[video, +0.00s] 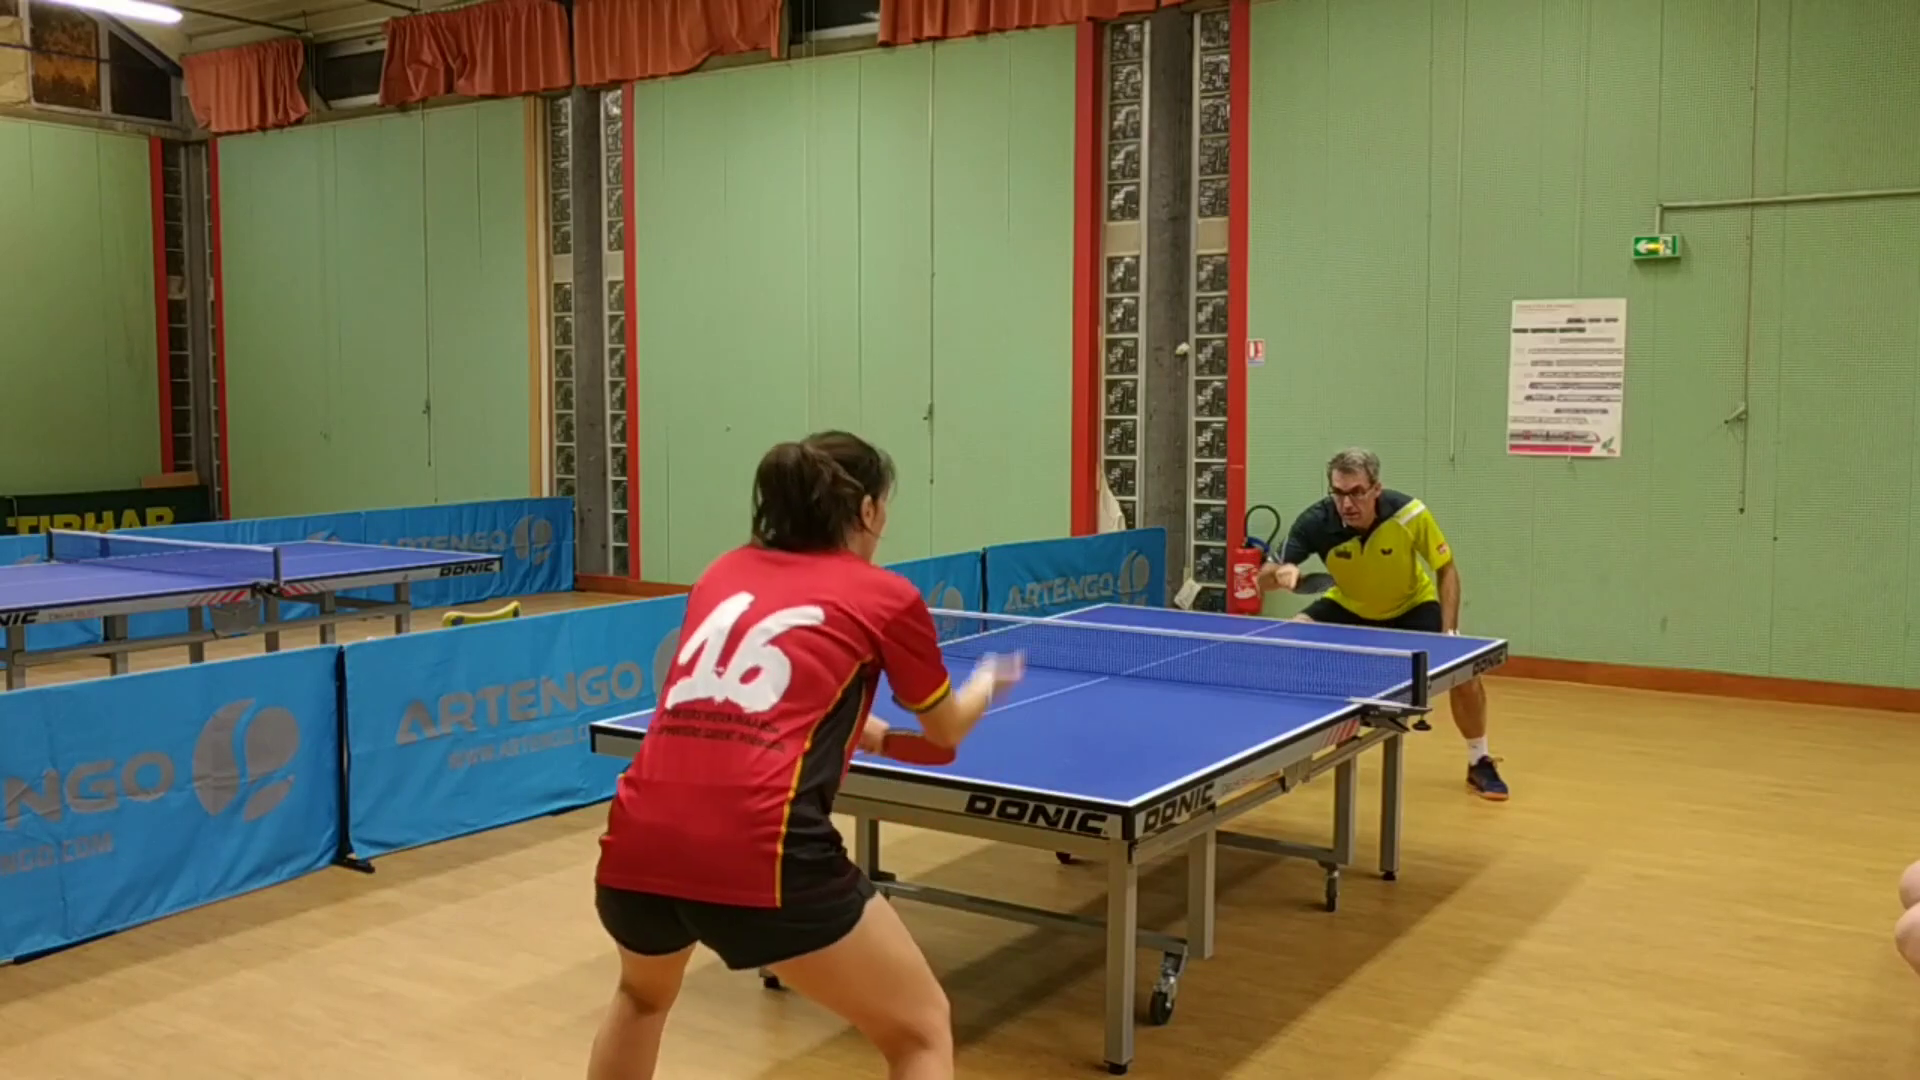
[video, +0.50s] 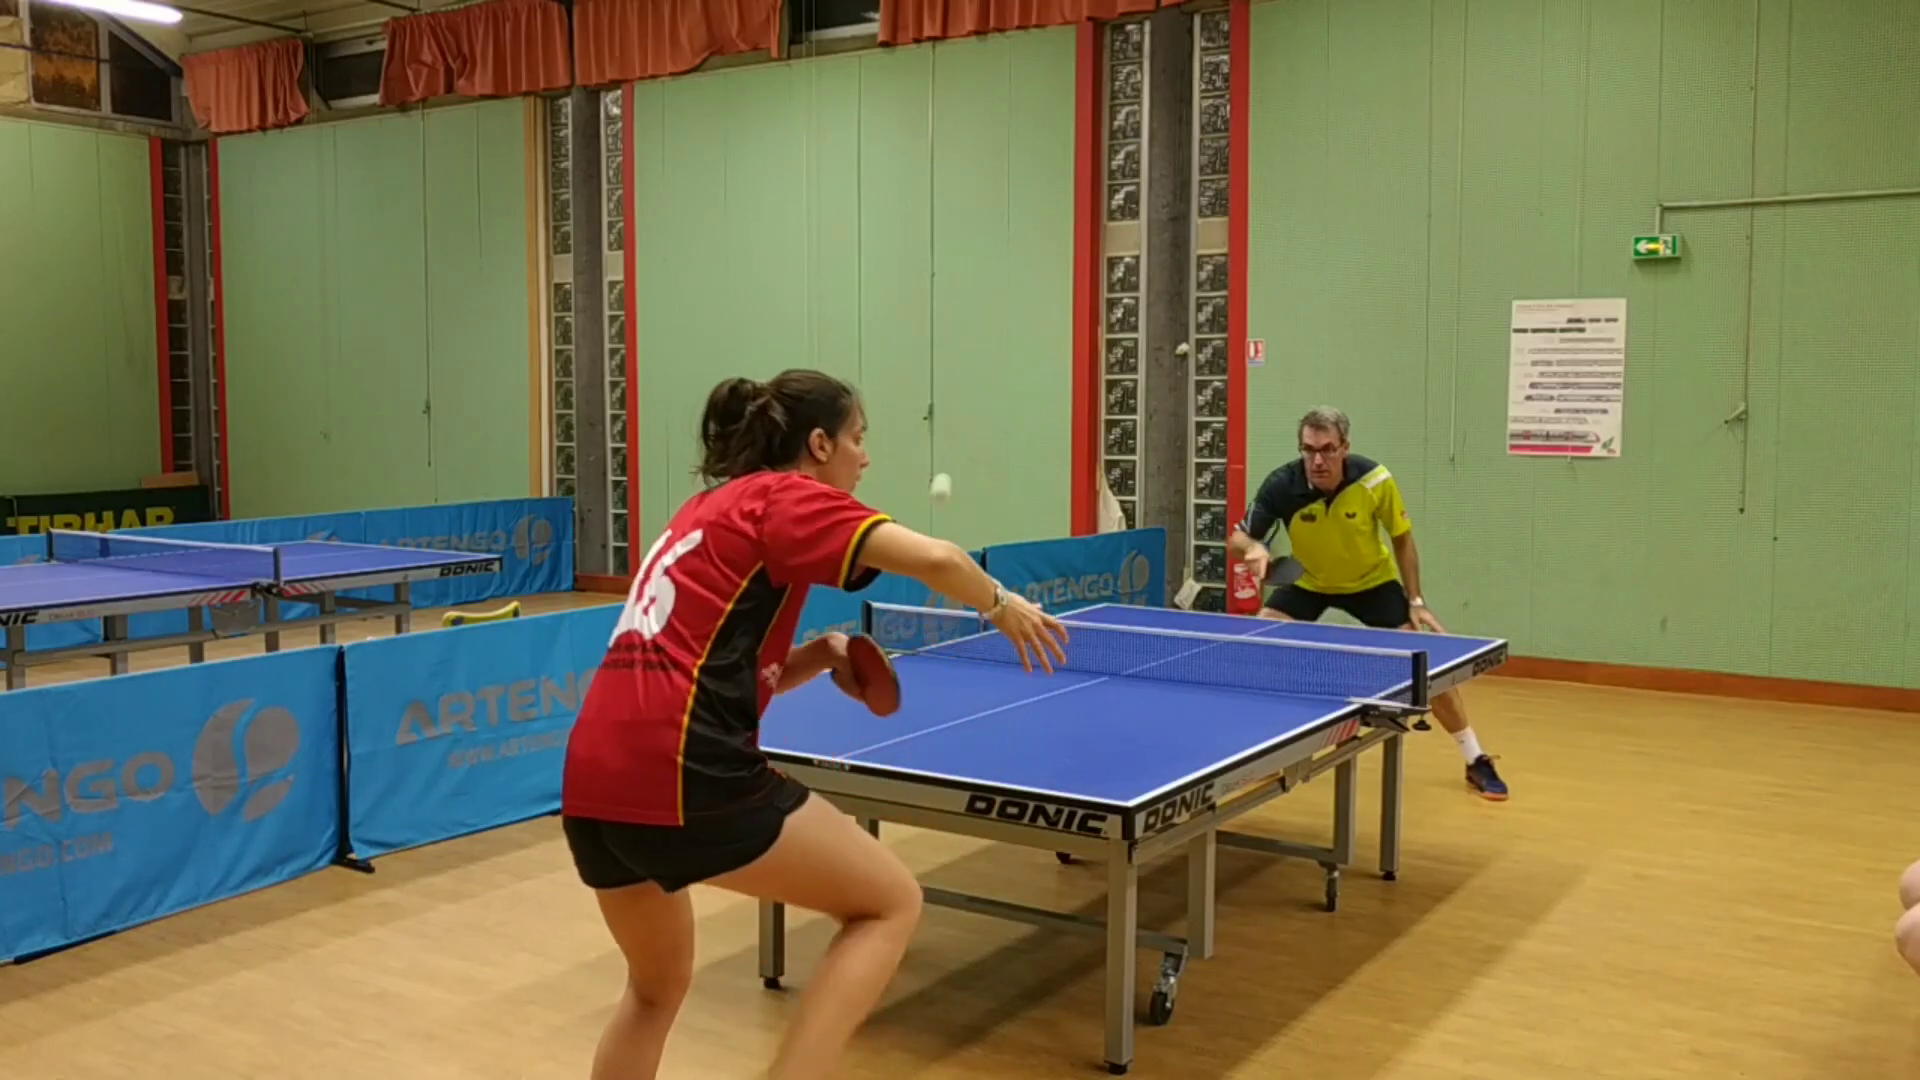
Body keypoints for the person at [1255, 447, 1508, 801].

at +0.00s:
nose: (1347, 503)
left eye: (1356, 493)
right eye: (1339, 493)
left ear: (1376, 488)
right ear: (1330, 489)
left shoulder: (1408, 512)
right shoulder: (1314, 523)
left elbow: (1447, 570)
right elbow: (1265, 580)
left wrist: (1449, 633)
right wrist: (1280, 574)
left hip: (1412, 605)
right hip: (1348, 604)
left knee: (1462, 667)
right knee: (1284, 640)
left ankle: (1480, 762)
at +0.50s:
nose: (1318, 461)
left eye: (1327, 450)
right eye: (1310, 451)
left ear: (1345, 448)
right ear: (1299, 450)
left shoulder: (1372, 478)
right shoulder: (1282, 485)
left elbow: (1403, 539)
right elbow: (1239, 538)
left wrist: (1415, 600)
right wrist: (1254, 548)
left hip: (1372, 583)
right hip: (1310, 583)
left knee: (1425, 658)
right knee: (1256, 643)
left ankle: (1476, 759)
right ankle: (1259, 753)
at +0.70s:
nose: (1299, 449)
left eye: (1308, 439)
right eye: (1291, 439)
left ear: (1325, 436)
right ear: (1281, 437)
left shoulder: (1353, 465)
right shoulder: (1261, 473)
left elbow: (1377, 518)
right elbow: (1223, 527)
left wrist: (1390, 582)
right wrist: (1232, 539)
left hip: (1352, 572)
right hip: (1291, 573)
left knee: (1400, 652)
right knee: (1244, 645)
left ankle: (1443, 747)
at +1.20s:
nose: (1381, 468)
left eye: (1390, 459)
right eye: (1372, 459)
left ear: (1401, 454)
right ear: (1355, 450)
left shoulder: (1409, 475)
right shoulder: (1329, 485)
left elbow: (1412, 529)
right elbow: (1315, 567)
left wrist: (1428, 584)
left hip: (1386, 582)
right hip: (1327, 582)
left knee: (1435, 642)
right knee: (1282, 632)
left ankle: (1456, 751)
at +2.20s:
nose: (1414, 440)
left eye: (1424, 430)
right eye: (1408, 429)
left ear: (1445, 429)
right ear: (1400, 427)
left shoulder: (1468, 463)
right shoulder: (1378, 473)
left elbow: (1484, 517)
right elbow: (1350, 538)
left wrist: (1503, 575)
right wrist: (1363, 583)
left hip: (1457, 573)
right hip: (1395, 575)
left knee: (1511, 653)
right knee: (1357, 644)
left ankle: (1534, 739)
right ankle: (1341, 743)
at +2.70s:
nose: (1459, 431)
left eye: (1467, 421)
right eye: (1454, 422)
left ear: (1491, 417)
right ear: (1448, 422)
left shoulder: (1534, 452)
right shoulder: (1447, 461)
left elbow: (1573, 504)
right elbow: (1433, 514)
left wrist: (1581, 565)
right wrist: (1426, 557)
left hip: (1541, 568)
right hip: (1479, 568)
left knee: (1570, 657)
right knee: (1437, 636)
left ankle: (1588, 746)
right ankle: (1433, 732)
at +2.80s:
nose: (1463, 419)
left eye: (1470, 408)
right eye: (1457, 411)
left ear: (1496, 400)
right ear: (1453, 409)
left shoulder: (1541, 436)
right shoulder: (1458, 439)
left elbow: (1577, 490)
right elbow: (1461, 490)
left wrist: (1582, 553)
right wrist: (1447, 543)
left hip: (1544, 552)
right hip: (1487, 554)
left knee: (1565, 646)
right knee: (1459, 627)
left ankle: (1586, 740)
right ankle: (1433, 729)